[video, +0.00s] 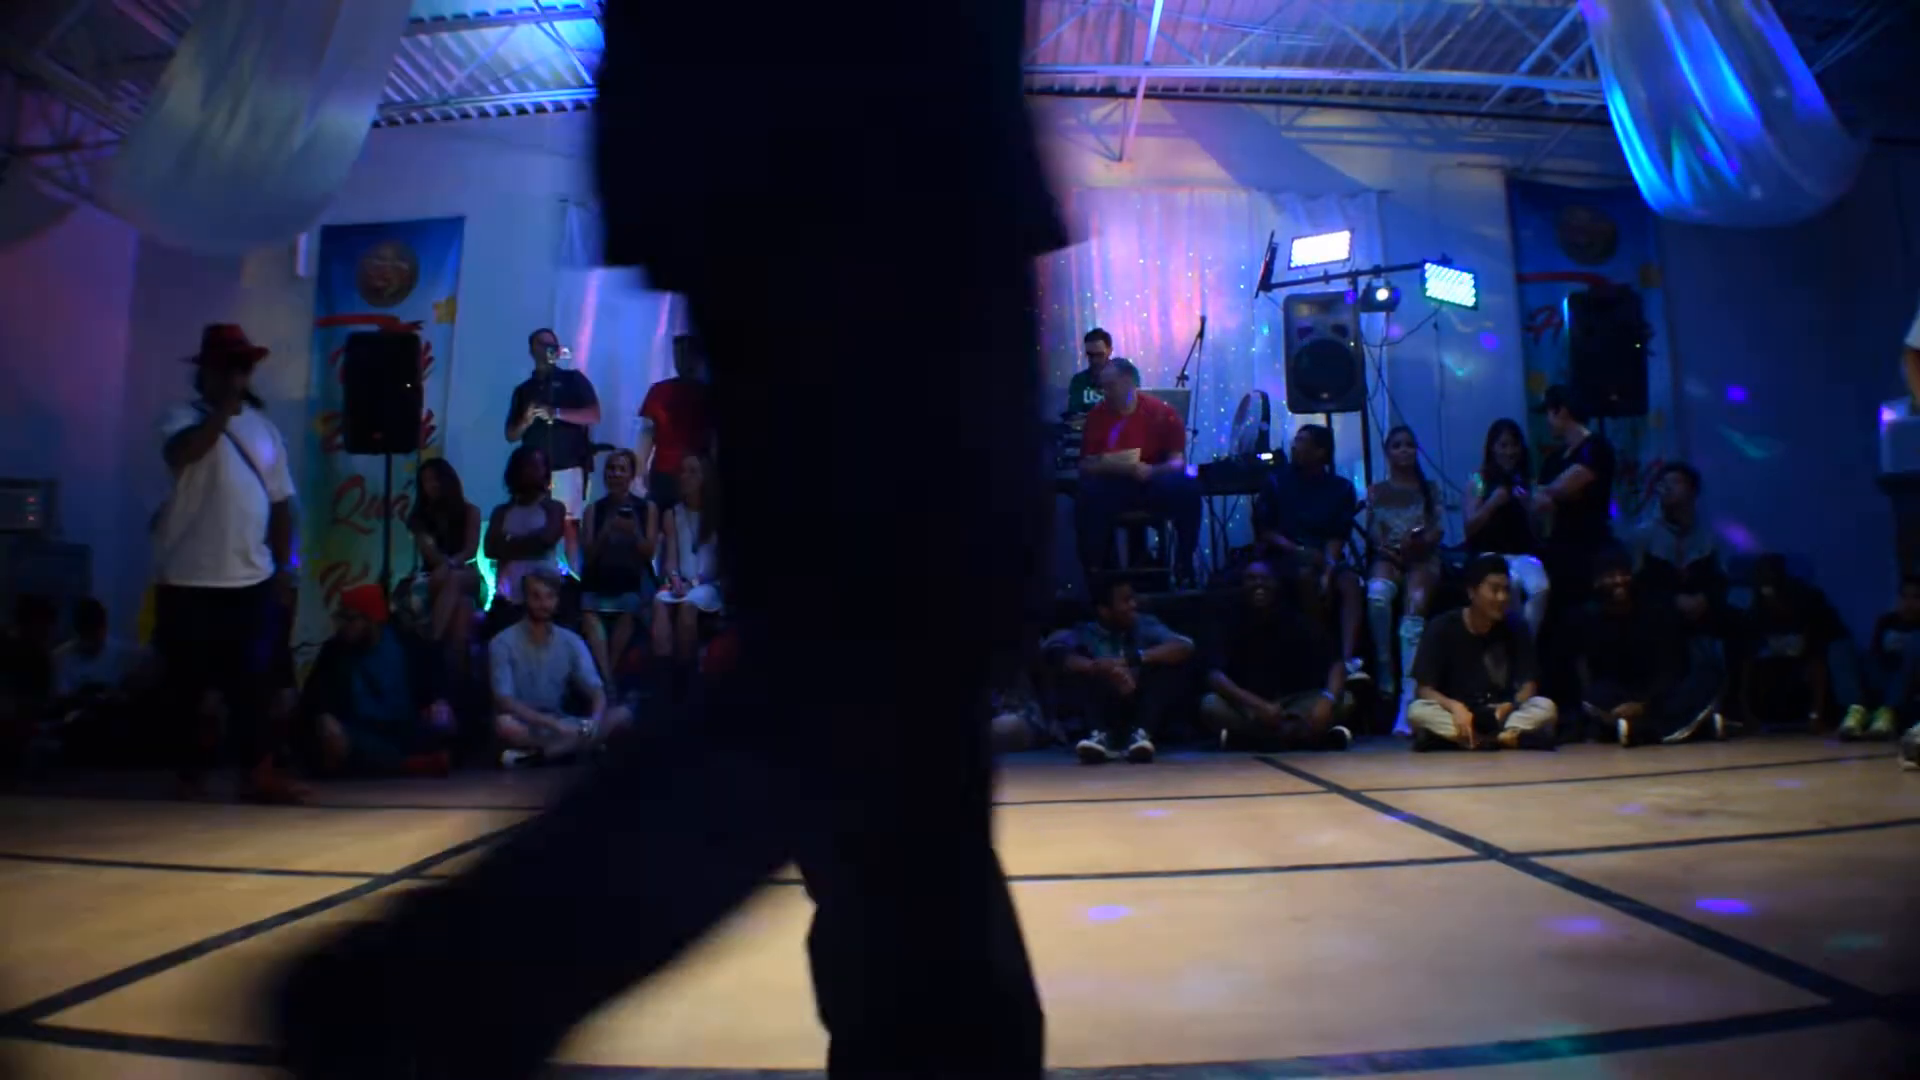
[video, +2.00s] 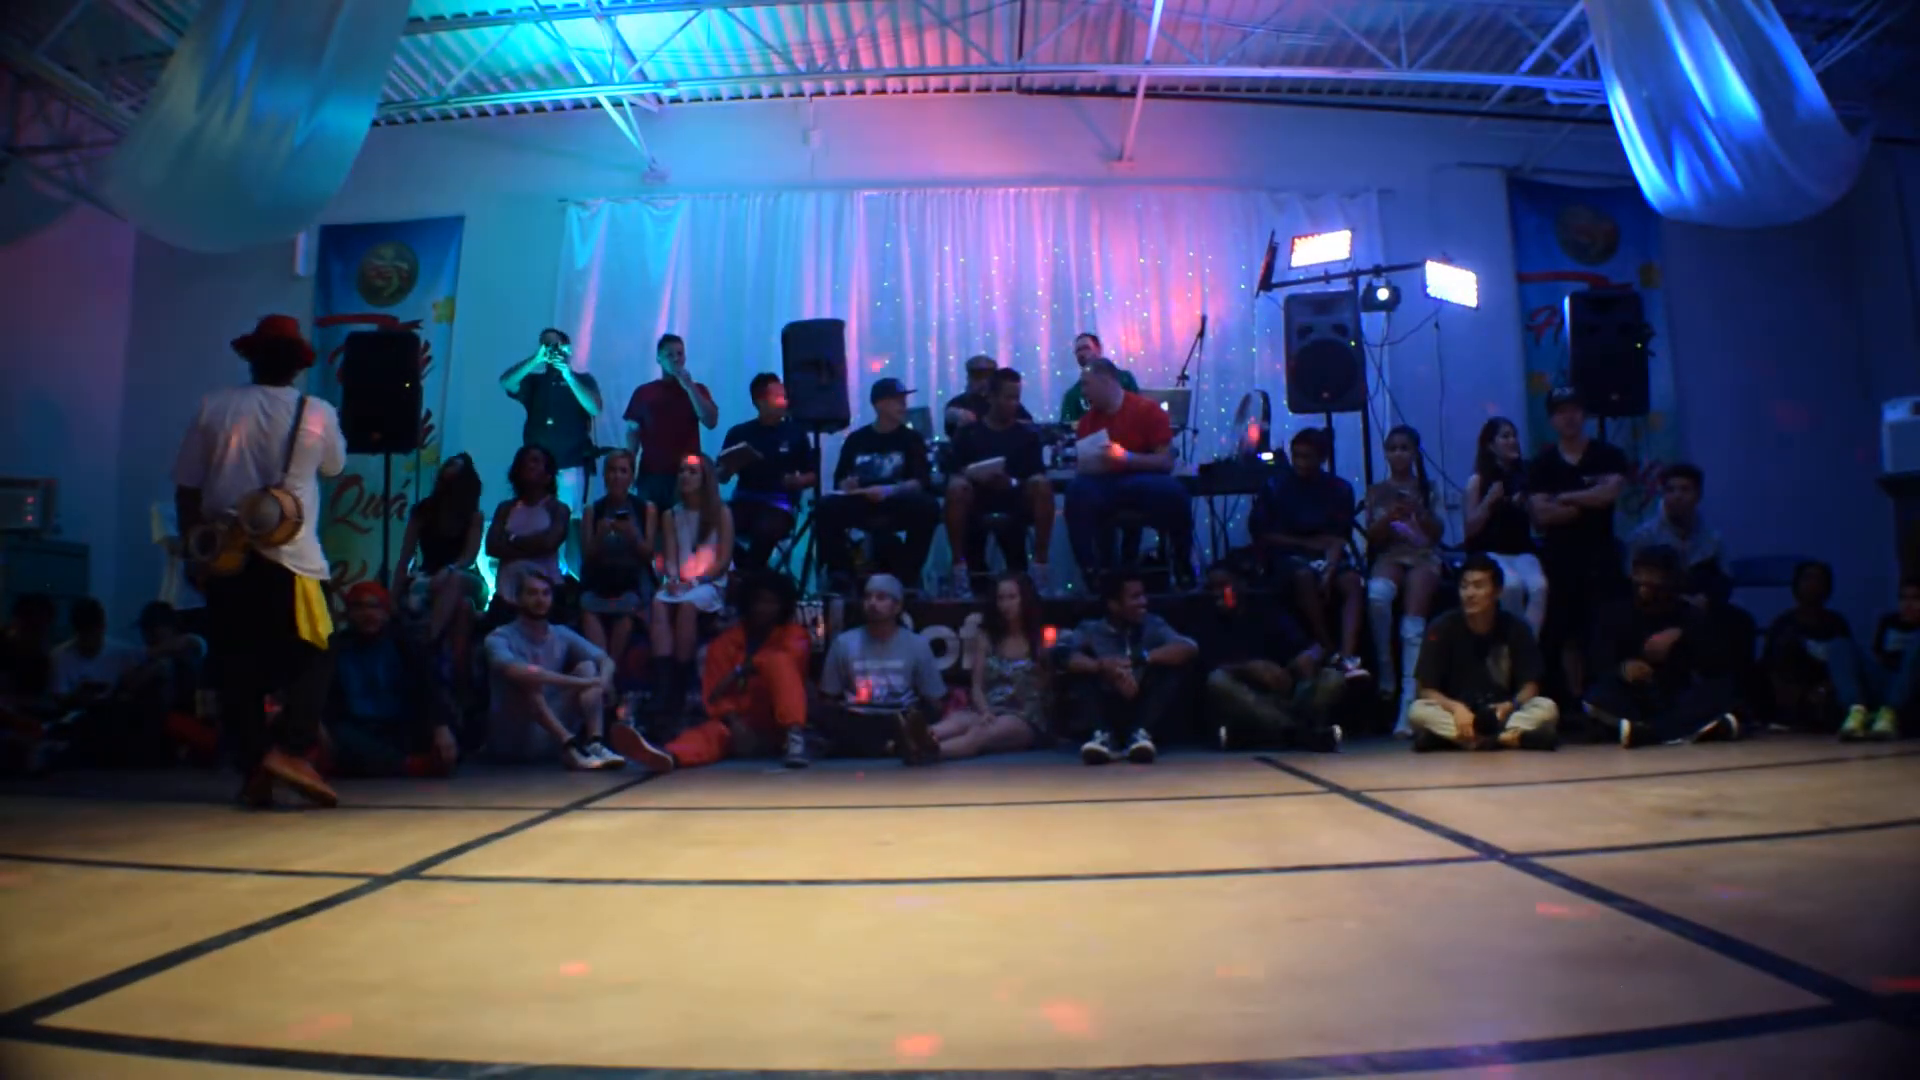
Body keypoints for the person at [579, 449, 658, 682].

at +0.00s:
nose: (615, 474)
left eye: (622, 469)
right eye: (610, 468)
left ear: (632, 475)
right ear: (604, 474)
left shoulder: (646, 508)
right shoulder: (593, 510)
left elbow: (649, 550)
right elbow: (587, 552)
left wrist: (632, 532)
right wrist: (606, 533)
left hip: (631, 576)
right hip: (599, 575)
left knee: (627, 611)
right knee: (589, 613)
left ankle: (607, 674)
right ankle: (607, 680)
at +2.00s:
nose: (618, 476)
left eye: (623, 471)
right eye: (612, 471)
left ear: (631, 476)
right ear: (605, 475)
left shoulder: (646, 509)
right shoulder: (592, 511)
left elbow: (647, 551)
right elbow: (588, 553)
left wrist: (630, 533)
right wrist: (600, 534)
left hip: (631, 576)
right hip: (599, 576)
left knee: (625, 612)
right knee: (588, 609)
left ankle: (611, 672)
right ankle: (601, 672)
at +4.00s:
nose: (617, 481)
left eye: (623, 476)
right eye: (612, 476)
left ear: (631, 478)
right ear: (604, 478)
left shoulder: (646, 509)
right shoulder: (592, 511)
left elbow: (648, 551)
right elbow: (587, 552)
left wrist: (631, 532)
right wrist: (603, 533)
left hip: (631, 573)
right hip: (600, 573)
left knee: (627, 606)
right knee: (589, 606)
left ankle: (611, 671)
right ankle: (603, 675)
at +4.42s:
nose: (618, 481)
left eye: (624, 476)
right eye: (613, 476)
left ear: (632, 477)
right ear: (605, 478)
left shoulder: (646, 509)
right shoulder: (593, 511)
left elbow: (648, 551)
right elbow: (586, 551)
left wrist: (632, 534)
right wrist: (603, 538)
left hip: (632, 573)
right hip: (600, 574)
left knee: (626, 606)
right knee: (589, 607)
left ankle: (612, 668)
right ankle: (601, 667)